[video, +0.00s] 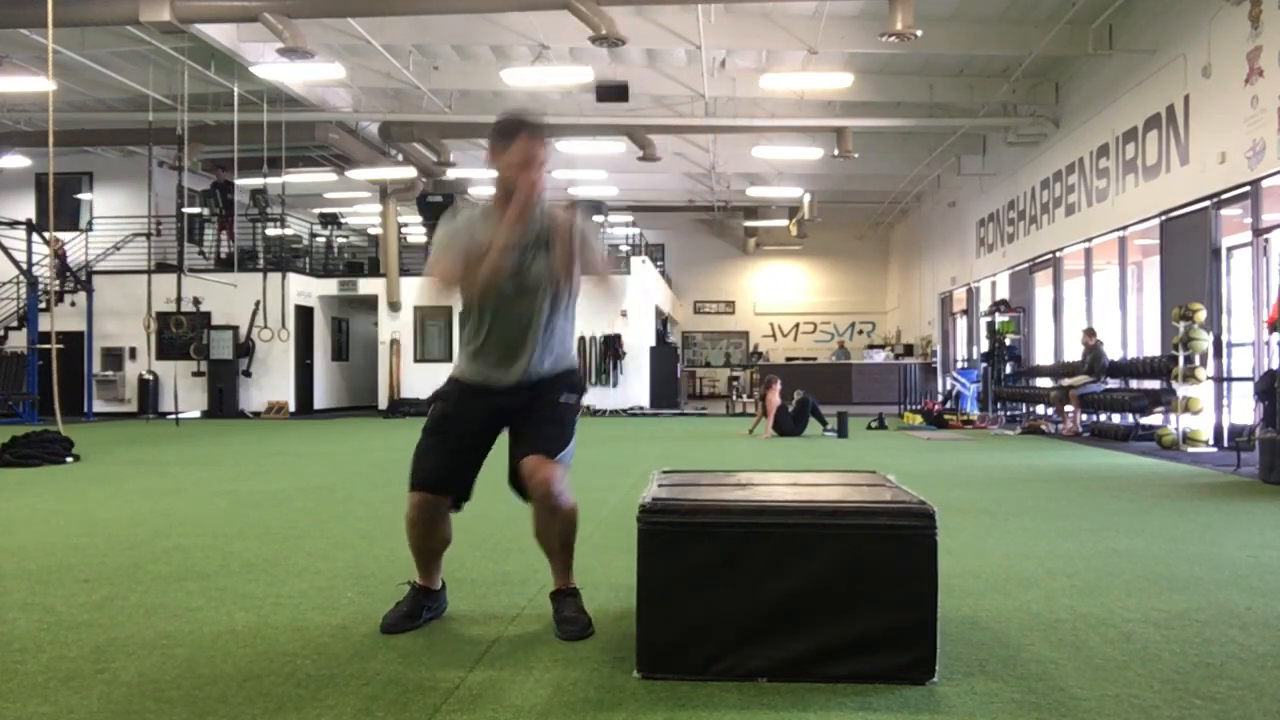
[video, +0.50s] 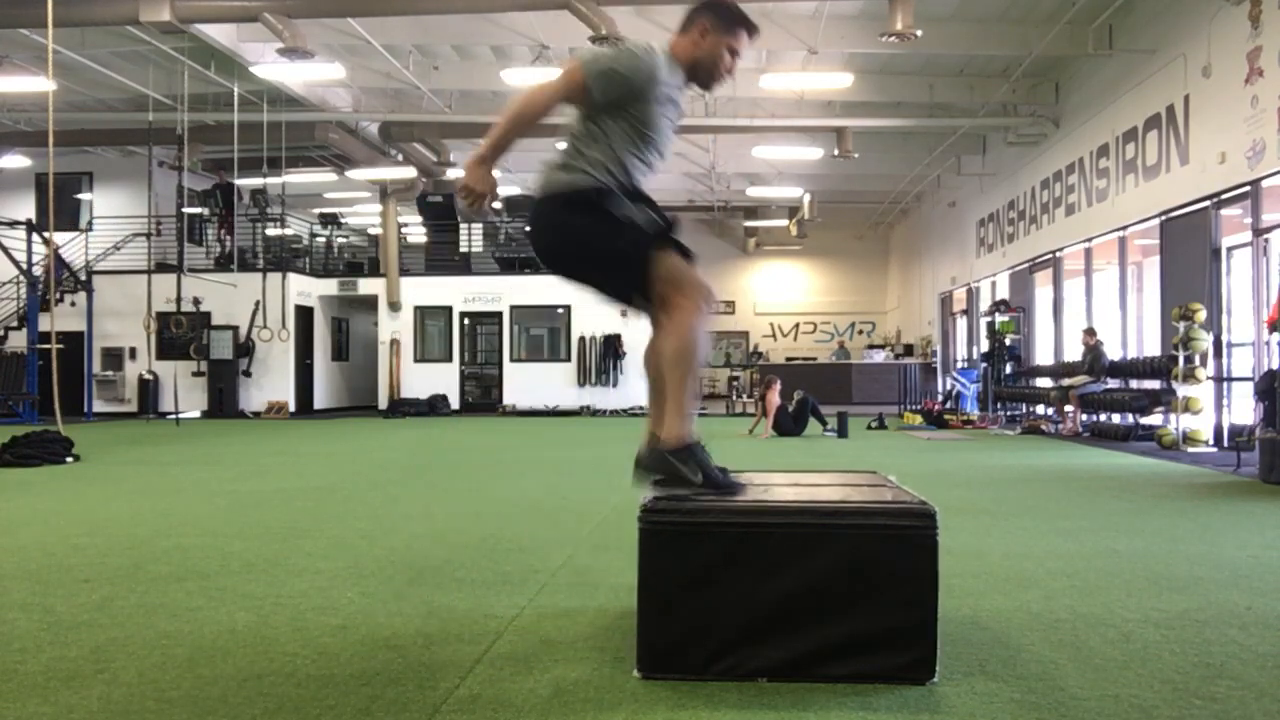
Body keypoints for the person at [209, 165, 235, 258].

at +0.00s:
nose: (217, 175)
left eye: (219, 173)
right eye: (216, 173)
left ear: (223, 173)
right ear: (215, 174)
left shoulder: (230, 184)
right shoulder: (214, 185)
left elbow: (232, 198)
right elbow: (212, 198)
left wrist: (232, 210)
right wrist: (214, 209)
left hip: (229, 211)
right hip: (219, 211)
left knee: (230, 233)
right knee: (218, 233)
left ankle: (231, 252)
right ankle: (217, 253)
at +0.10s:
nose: (217, 177)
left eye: (219, 175)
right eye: (216, 175)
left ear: (223, 175)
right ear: (215, 176)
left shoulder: (230, 187)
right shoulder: (214, 188)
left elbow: (235, 199)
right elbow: (212, 201)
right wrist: (214, 210)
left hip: (229, 212)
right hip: (220, 213)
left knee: (227, 232)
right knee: (219, 236)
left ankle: (234, 249)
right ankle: (221, 256)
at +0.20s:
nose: (217, 175)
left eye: (219, 173)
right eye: (216, 173)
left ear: (224, 173)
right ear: (216, 174)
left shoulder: (230, 185)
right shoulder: (213, 186)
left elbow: (239, 196)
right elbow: (209, 198)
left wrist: (232, 203)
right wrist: (212, 209)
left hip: (229, 210)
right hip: (219, 211)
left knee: (226, 231)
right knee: (220, 233)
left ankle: (231, 250)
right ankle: (223, 253)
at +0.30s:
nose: (219, 173)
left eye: (220, 171)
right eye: (217, 171)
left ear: (224, 171)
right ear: (215, 172)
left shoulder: (230, 182)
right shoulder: (213, 183)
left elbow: (240, 192)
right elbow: (209, 195)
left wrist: (236, 200)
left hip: (229, 207)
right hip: (219, 208)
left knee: (228, 227)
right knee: (220, 228)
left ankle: (229, 247)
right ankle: (222, 247)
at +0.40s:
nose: (219, 174)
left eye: (221, 171)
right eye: (218, 171)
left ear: (224, 171)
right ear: (216, 172)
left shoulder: (231, 182)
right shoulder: (214, 183)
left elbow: (241, 194)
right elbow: (207, 193)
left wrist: (236, 201)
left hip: (230, 208)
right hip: (219, 208)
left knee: (230, 228)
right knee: (220, 230)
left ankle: (231, 247)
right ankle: (223, 247)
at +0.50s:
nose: (221, 177)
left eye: (222, 174)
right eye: (219, 175)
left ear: (225, 175)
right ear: (217, 176)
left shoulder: (232, 186)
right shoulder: (215, 187)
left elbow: (240, 198)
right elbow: (211, 198)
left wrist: (232, 203)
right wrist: (214, 208)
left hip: (231, 212)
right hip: (221, 212)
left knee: (231, 235)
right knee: (219, 236)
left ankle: (231, 253)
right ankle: (223, 252)